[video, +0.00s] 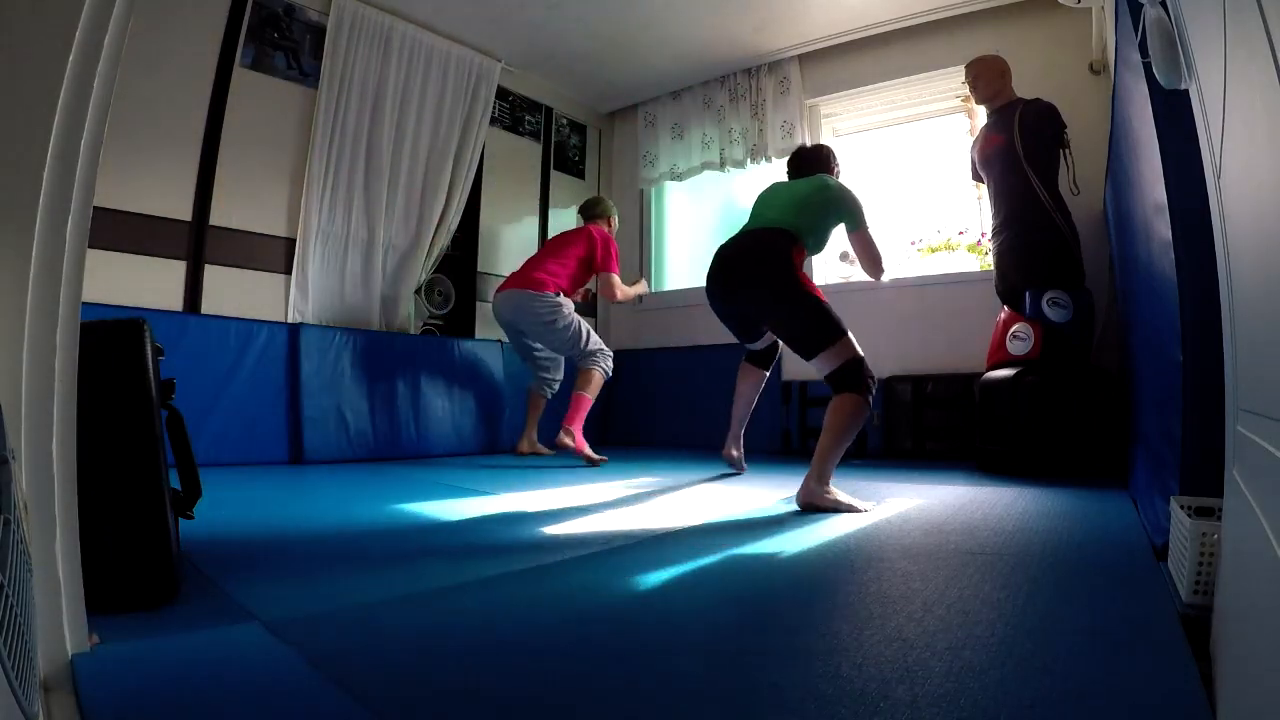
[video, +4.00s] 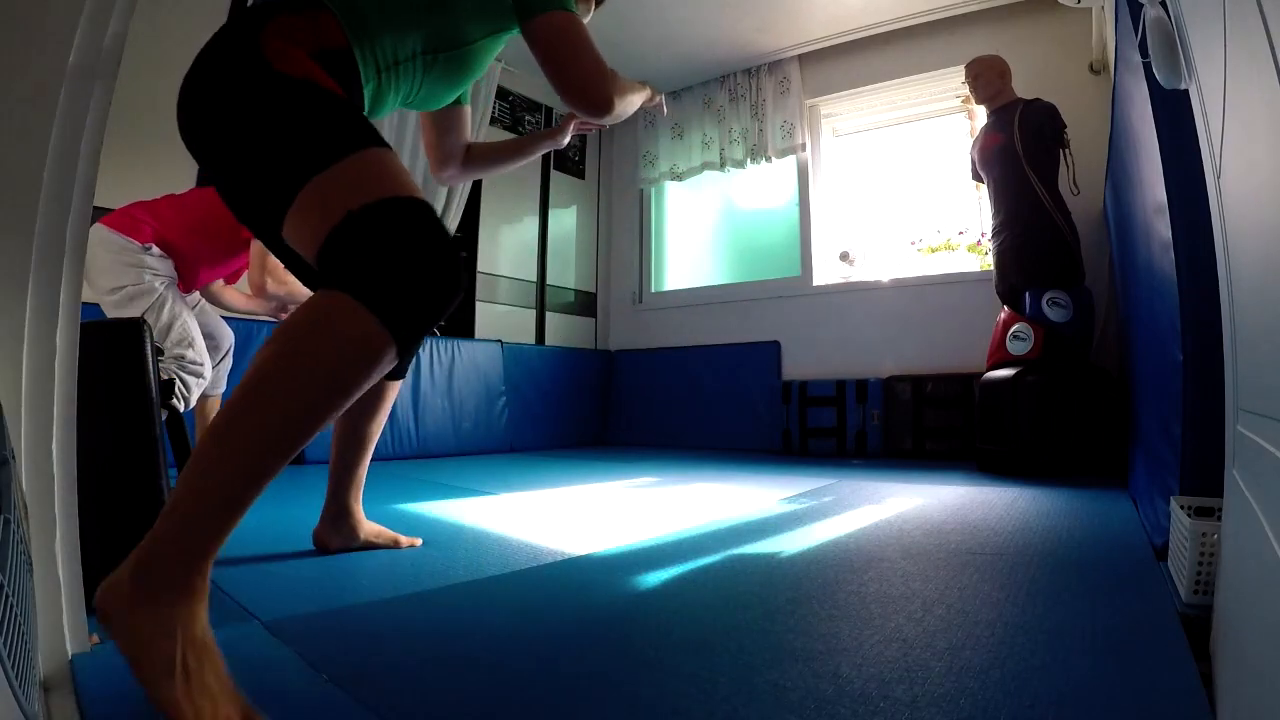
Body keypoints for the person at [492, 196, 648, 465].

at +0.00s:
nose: (616, 229)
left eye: (615, 225)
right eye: (616, 224)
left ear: (584, 220)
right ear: (610, 221)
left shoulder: (564, 237)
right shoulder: (602, 237)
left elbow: (537, 275)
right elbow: (614, 293)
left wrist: (571, 292)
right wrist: (638, 289)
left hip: (503, 299)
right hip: (539, 298)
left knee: (549, 366)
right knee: (598, 355)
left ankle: (528, 439)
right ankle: (572, 431)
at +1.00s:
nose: (651, 246)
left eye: (651, 243)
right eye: (652, 242)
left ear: (625, 239)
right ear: (648, 240)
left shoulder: (607, 255)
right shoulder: (643, 255)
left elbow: (588, 290)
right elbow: (657, 306)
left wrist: (618, 305)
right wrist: (676, 301)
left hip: (557, 312)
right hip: (589, 312)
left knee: (595, 372)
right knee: (642, 364)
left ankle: (586, 436)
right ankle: (625, 432)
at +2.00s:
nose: (599, 224)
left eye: (599, 219)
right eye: (599, 218)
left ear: (566, 215)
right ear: (592, 216)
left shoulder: (544, 230)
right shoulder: (585, 232)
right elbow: (589, 297)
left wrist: (549, 298)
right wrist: (626, 291)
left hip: (468, 289)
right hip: (507, 290)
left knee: (515, 364)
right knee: (563, 358)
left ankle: (500, 440)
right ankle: (516, 425)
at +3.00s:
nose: (460, 184)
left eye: (462, 176)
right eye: (461, 174)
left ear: (419, 164)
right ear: (452, 166)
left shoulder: (398, 183)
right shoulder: (433, 180)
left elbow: (335, 255)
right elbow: (440, 259)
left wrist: (380, 269)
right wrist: (478, 260)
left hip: (282, 238)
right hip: (301, 242)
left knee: (345, 336)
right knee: (352, 351)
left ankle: (328, 436)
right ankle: (287, 465)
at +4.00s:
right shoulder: (278, 214)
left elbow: (211, 287)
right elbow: (266, 281)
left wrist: (273, 309)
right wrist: (321, 301)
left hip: (163, 262)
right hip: (130, 248)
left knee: (218, 341)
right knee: (188, 368)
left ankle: (208, 462)